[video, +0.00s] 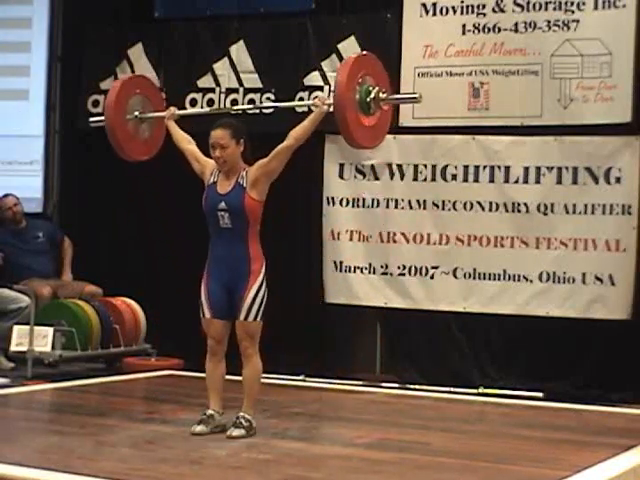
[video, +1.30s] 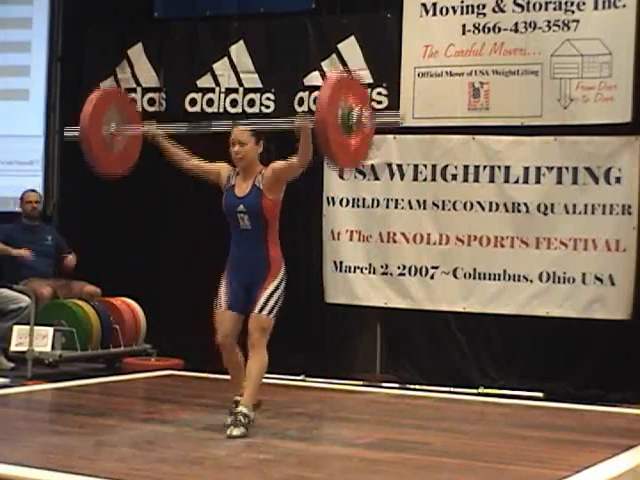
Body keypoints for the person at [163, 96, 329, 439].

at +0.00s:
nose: (217, 153)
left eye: (222, 147)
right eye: (213, 147)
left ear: (241, 147)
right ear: (211, 150)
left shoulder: (256, 176)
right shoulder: (211, 174)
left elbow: (290, 144)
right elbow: (188, 148)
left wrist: (319, 112)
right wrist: (170, 121)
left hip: (249, 272)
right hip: (215, 272)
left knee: (248, 346)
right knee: (214, 346)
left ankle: (247, 416)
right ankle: (213, 413)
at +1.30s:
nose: (235, 150)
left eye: (241, 144)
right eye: (232, 144)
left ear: (258, 146)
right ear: (229, 148)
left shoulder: (273, 174)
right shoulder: (226, 174)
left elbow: (303, 161)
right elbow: (187, 161)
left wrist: (304, 130)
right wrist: (157, 138)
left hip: (267, 271)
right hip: (235, 270)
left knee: (257, 336)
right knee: (224, 337)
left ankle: (245, 408)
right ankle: (246, 395)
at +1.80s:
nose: (212, 255)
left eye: (218, 249)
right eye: (209, 249)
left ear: (235, 247)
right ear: (204, 250)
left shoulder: (260, 273)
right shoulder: (208, 277)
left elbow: (291, 305)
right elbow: (202, 300)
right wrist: (184, 316)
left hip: (282, 305)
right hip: (251, 304)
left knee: (260, 347)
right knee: (233, 349)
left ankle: (264, 411)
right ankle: (245, 405)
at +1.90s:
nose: (212, 249)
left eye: (218, 243)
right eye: (208, 243)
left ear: (235, 242)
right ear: (204, 245)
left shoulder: (260, 267)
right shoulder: (208, 270)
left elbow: (296, 293)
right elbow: (202, 289)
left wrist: (282, 300)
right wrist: (179, 302)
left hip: (284, 299)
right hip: (248, 299)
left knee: (260, 345)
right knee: (235, 349)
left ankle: (265, 410)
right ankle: (244, 405)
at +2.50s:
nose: (251, 164)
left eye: (259, 161)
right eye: (247, 159)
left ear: (267, 169)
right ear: (238, 164)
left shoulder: (276, 205)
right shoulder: (220, 202)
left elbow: (266, 249)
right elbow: (217, 244)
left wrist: (231, 273)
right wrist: (228, 280)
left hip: (277, 276)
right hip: (241, 276)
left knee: (274, 337)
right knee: (239, 338)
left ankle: (278, 403)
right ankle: (244, 405)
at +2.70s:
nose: (279, 148)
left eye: (283, 144)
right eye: (274, 142)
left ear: (287, 151)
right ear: (258, 146)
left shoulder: (294, 186)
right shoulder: (235, 185)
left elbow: (298, 228)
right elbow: (222, 228)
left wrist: (276, 256)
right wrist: (230, 265)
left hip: (280, 270)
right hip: (245, 271)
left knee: (290, 337)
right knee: (244, 340)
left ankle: (291, 397)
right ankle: (245, 405)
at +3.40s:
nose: (244, 259)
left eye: (251, 253)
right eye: (241, 253)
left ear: (266, 254)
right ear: (237, 254)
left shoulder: (286, 288)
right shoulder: (233, 290)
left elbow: (310, 333)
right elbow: (214, 329)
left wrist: (329, 374)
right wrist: (191, 361)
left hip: (289, 338)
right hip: (256, 340)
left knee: (293, 354)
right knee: (225, 349)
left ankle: (299, 406)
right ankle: (252, 403)